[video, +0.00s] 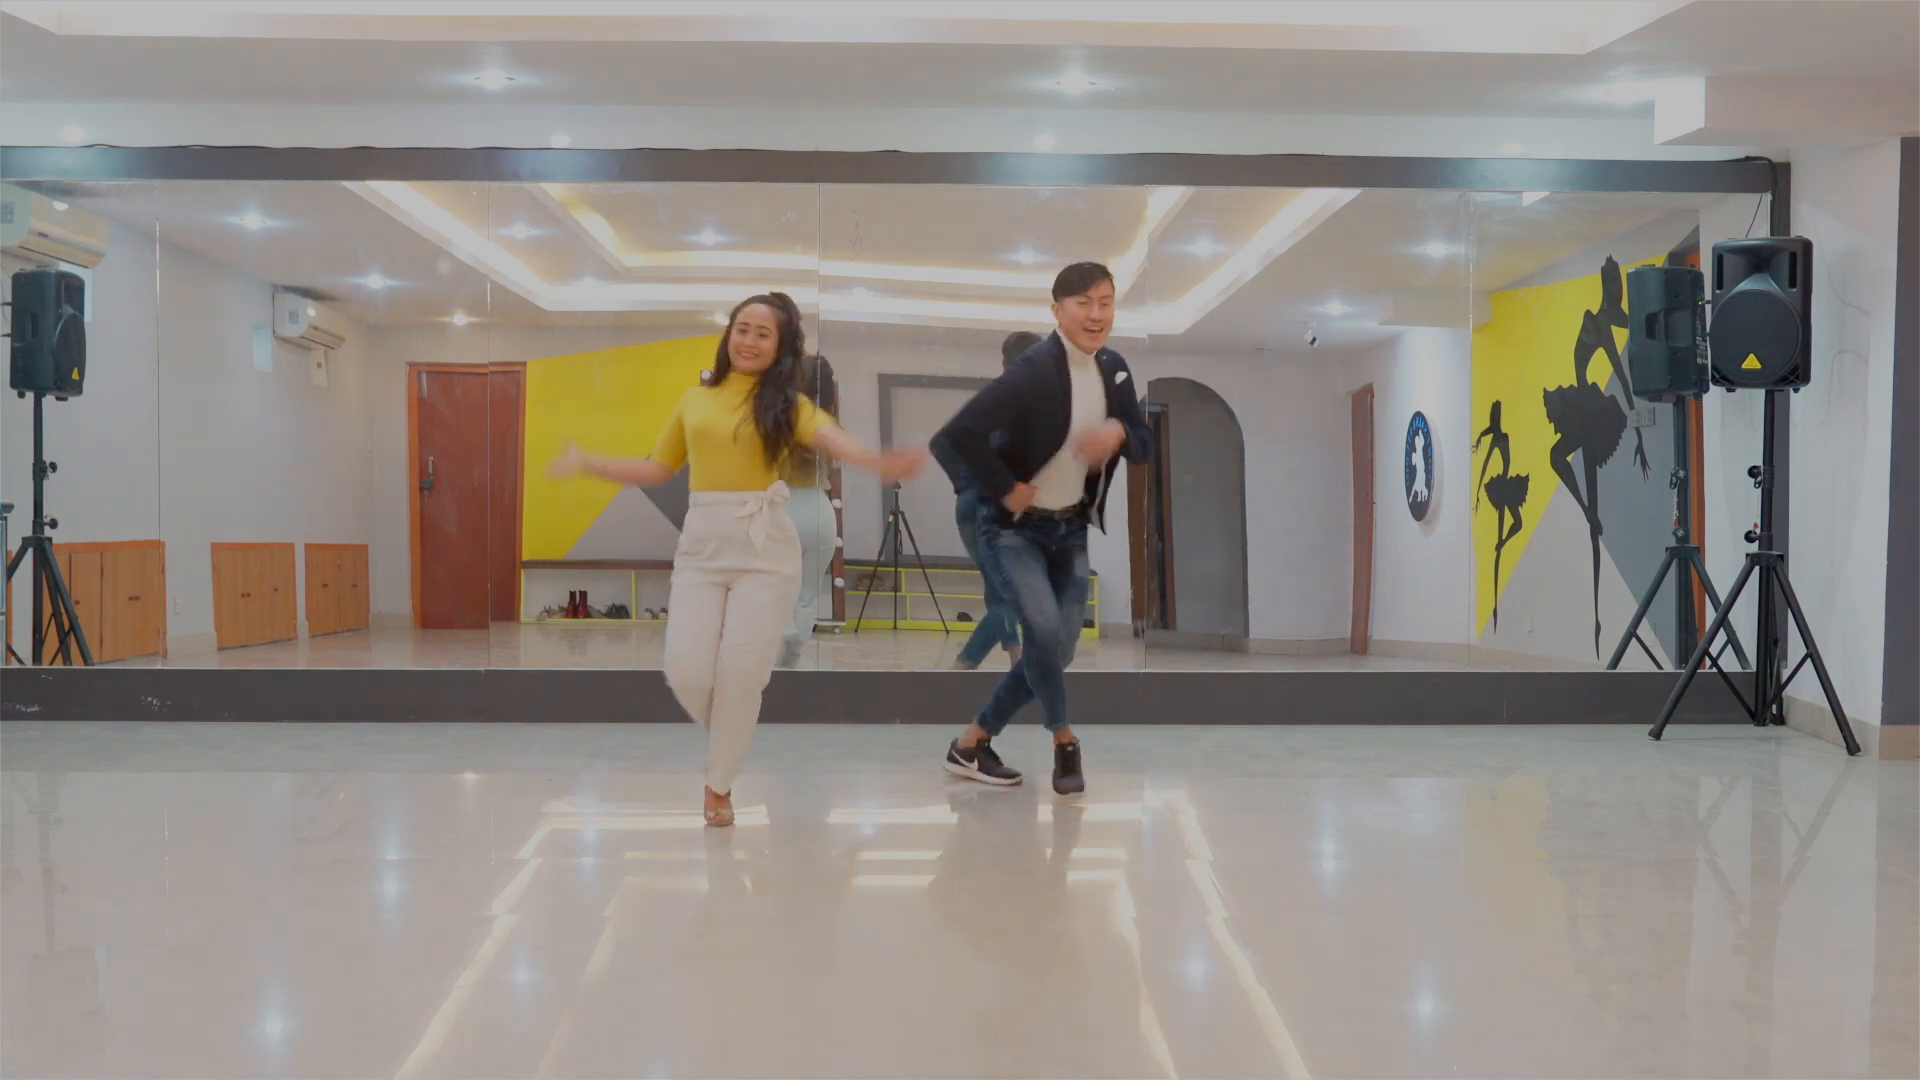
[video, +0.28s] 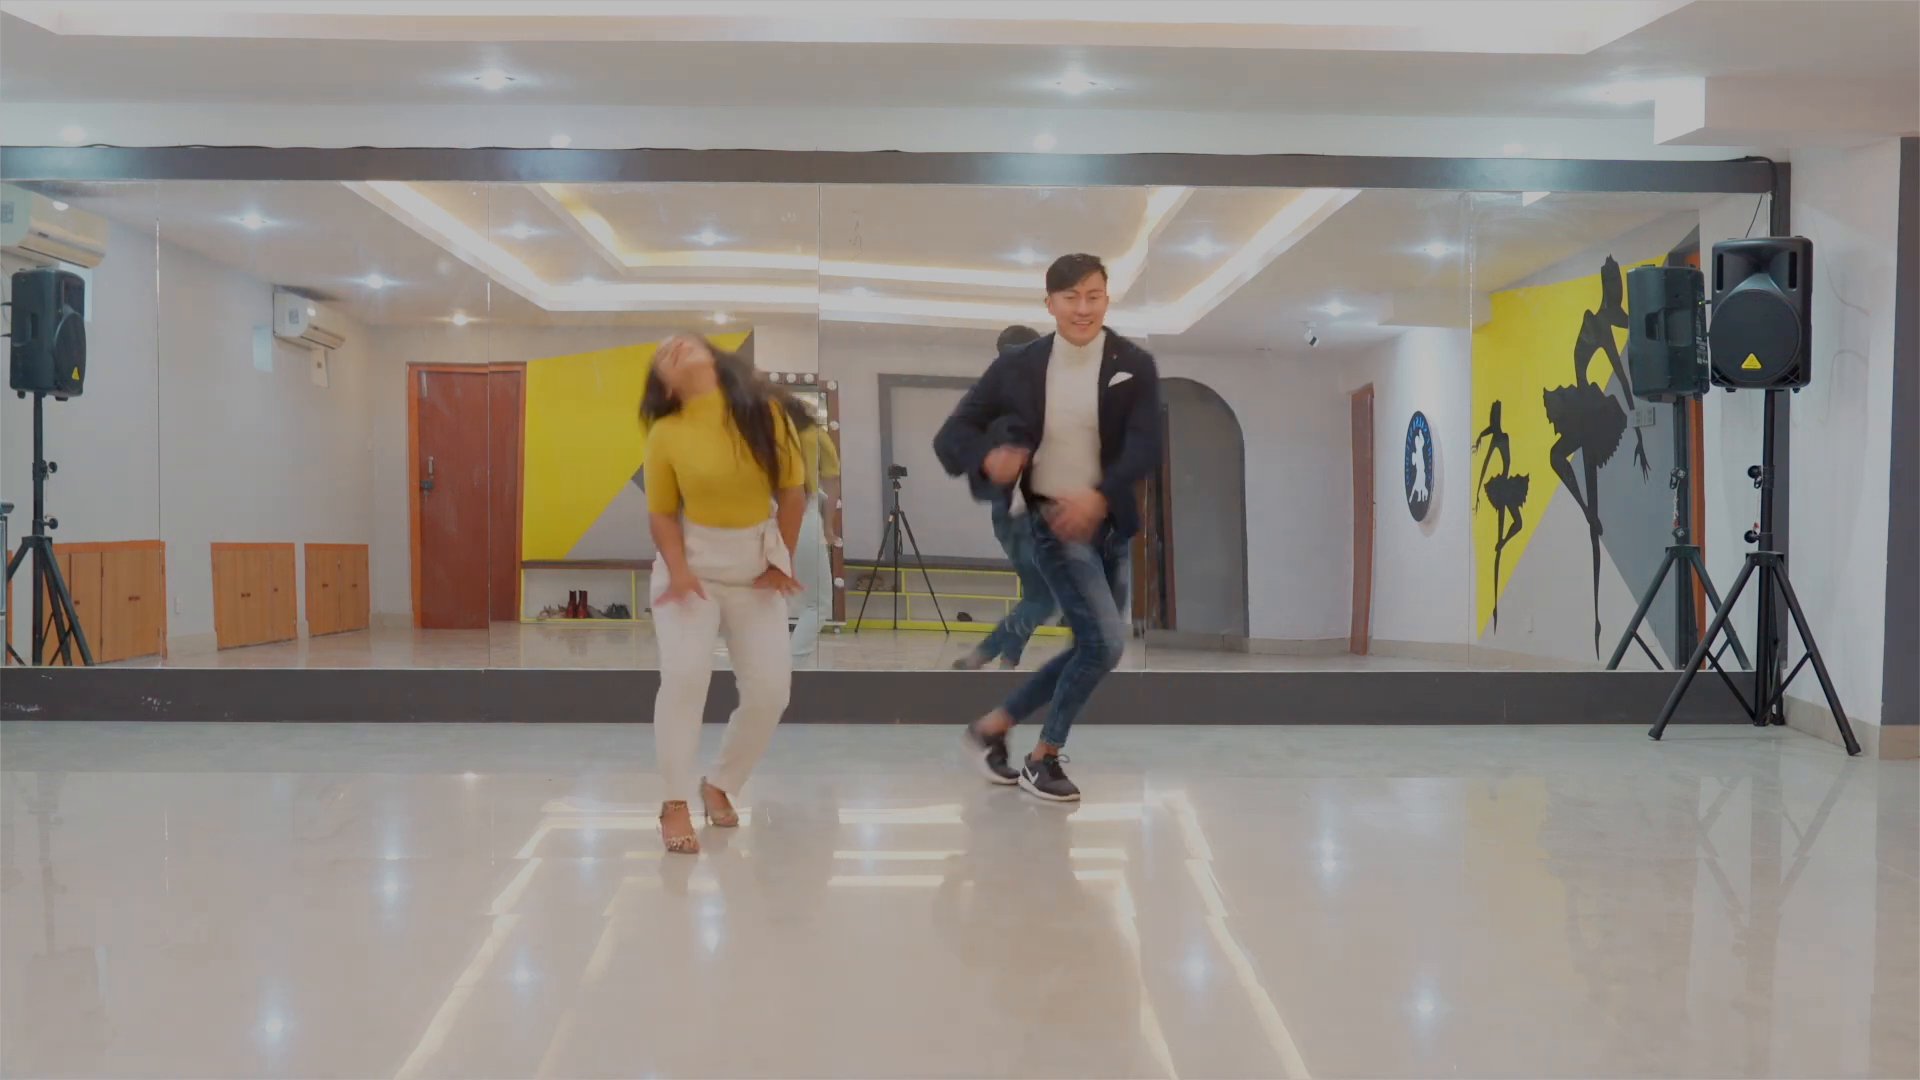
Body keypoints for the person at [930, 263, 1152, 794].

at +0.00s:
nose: (1097, 314)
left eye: (1106, 302)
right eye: (1084, 303)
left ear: (1115, 308)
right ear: (1057, 309)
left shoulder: (1114, 369)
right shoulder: (1034, 371)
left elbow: (1144, 447)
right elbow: (954, 438)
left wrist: (1120, 435)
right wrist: (1005, 486)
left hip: (1070, 528)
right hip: (1010, 524)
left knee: (1056, 649)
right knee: (1043, 630)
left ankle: (972, 743)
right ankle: (1064, 741)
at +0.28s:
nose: (1083, 307)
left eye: (1093, 295)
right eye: (1071, 296)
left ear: (1107, 297)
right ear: (1050, 302)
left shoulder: (1133, 363)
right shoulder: (1018, 365)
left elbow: (1146, 447)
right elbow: (951, 435)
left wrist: (1101, 497)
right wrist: (986, 455)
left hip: (1110, 521)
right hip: (1050, 520)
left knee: (1096, 650)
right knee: (1105, 641)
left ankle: (994, 724)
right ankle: (1044, 756)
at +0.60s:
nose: (1158, 302)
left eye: (1168, 290)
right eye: (1146, 292)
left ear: (1184, 291)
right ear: (1128, 294)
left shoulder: (1213, 346)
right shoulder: (1106, 362)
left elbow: (1247, 390)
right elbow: (1060, 449)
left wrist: (1255, 431)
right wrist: (1125, 476)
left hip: (1185, 517)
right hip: (1110, 516)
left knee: (1223, 644)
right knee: (1053, 622)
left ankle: (1230, 754)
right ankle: (1043, 750)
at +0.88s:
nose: (1193, 319)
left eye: (1203, 306)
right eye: (1181, 306)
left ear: (1215, 302)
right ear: (1157, 301)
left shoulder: (1233, 365)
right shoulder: (1124, 370)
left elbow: (1272, 435)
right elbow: (1103, 449)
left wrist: (1247, 404)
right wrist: (1146, 471)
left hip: (1261, 506)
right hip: (1202, 521)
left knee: (1277, 649)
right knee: (1270, 648)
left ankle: (1230, 755)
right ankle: (1207, 722)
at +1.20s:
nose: (1215, 302)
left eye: (1226, 291)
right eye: (1204, 292)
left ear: (1244, 299)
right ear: (1186, 302)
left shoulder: (1273, 348)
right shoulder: (1166, 374)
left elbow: (1330, 368)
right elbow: (1134, 458)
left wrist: (1310, 439)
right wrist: (1202, 432)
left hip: (1241, 517)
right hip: (1173, 502)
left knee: (1281, 647)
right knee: (1084, 523)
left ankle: (1257, 758)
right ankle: (1159, 606)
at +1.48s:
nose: (1192, 311)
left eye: (1205, 299)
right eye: (1181, 299)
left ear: (1223, 305)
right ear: (1164, 307)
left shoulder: (1252, 365)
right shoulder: (1140, 374)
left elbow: (1323, 424)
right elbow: (1067, 444)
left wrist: (1279, 469)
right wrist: (1120, 493)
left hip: (1211, 531)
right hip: (1136, 525)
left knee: (1253, 653)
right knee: (1049, 617)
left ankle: (1257, 758)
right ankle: (964, 722)